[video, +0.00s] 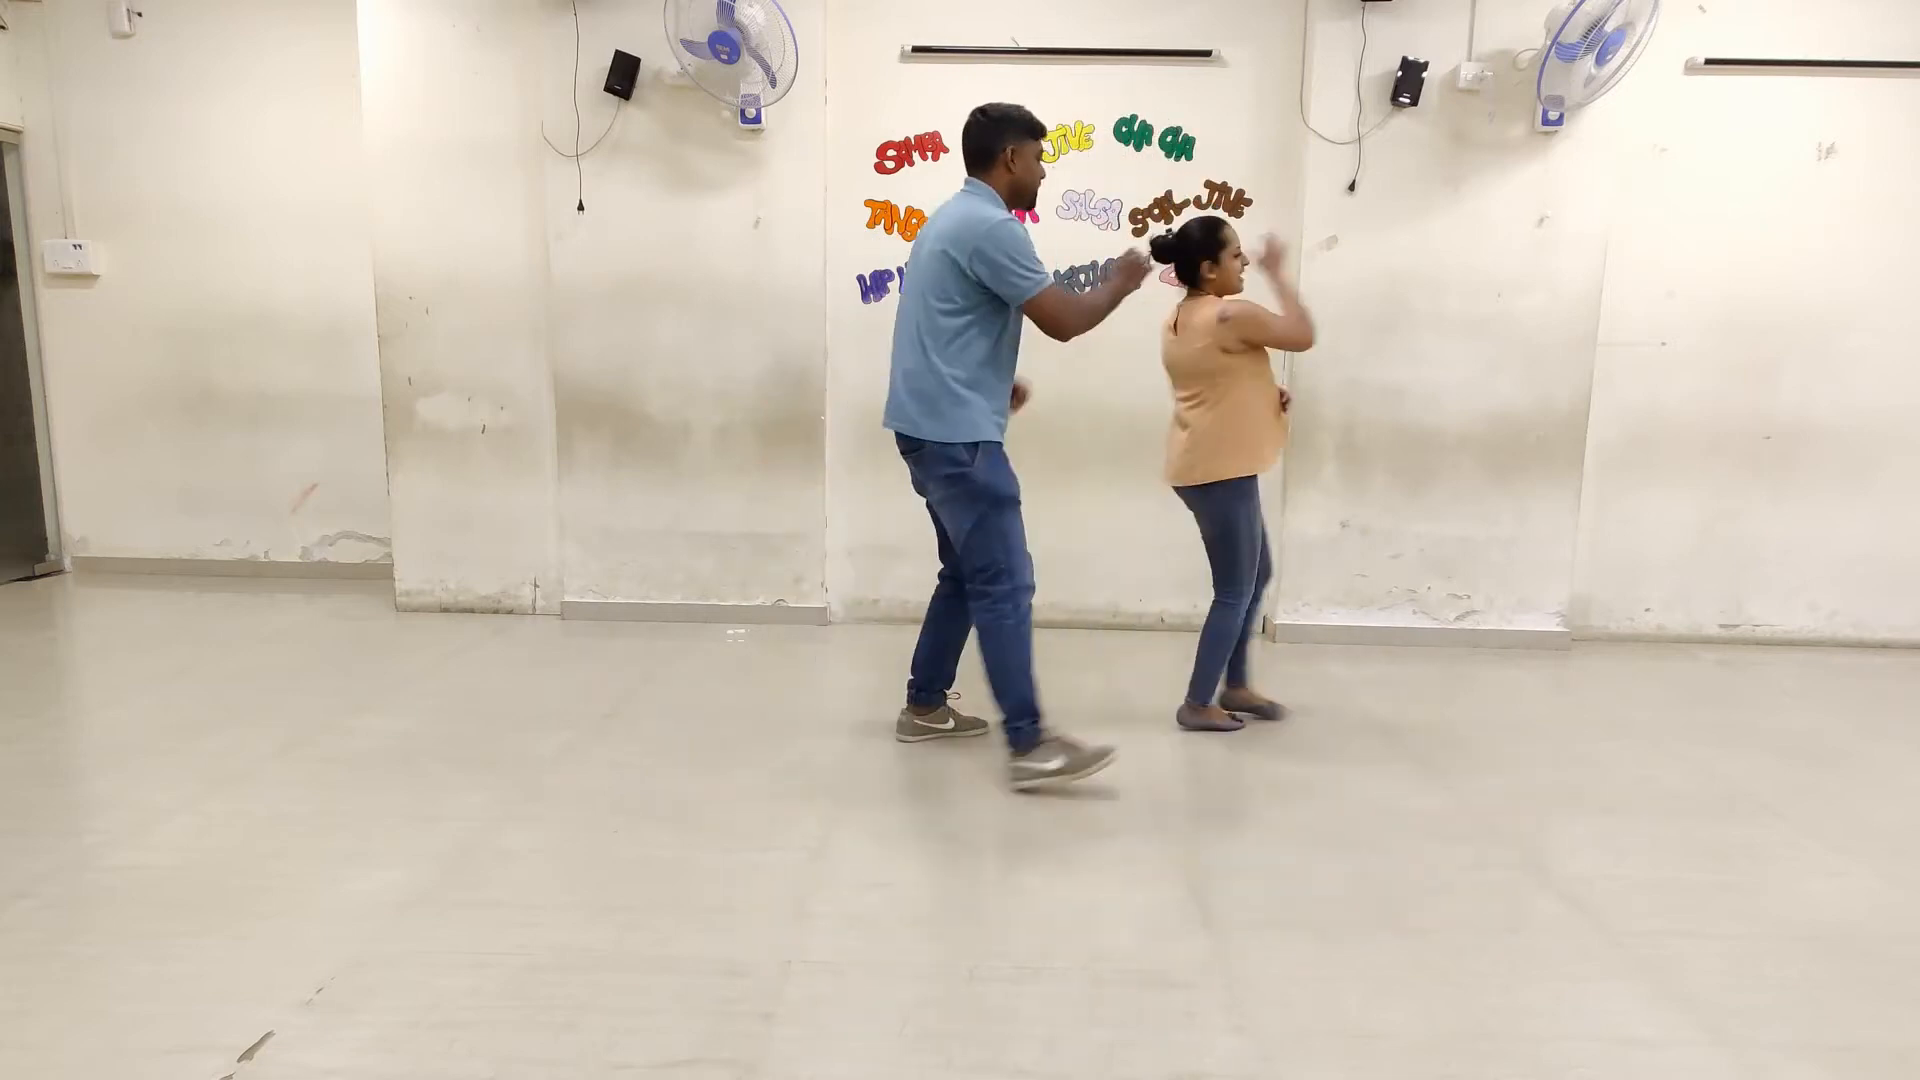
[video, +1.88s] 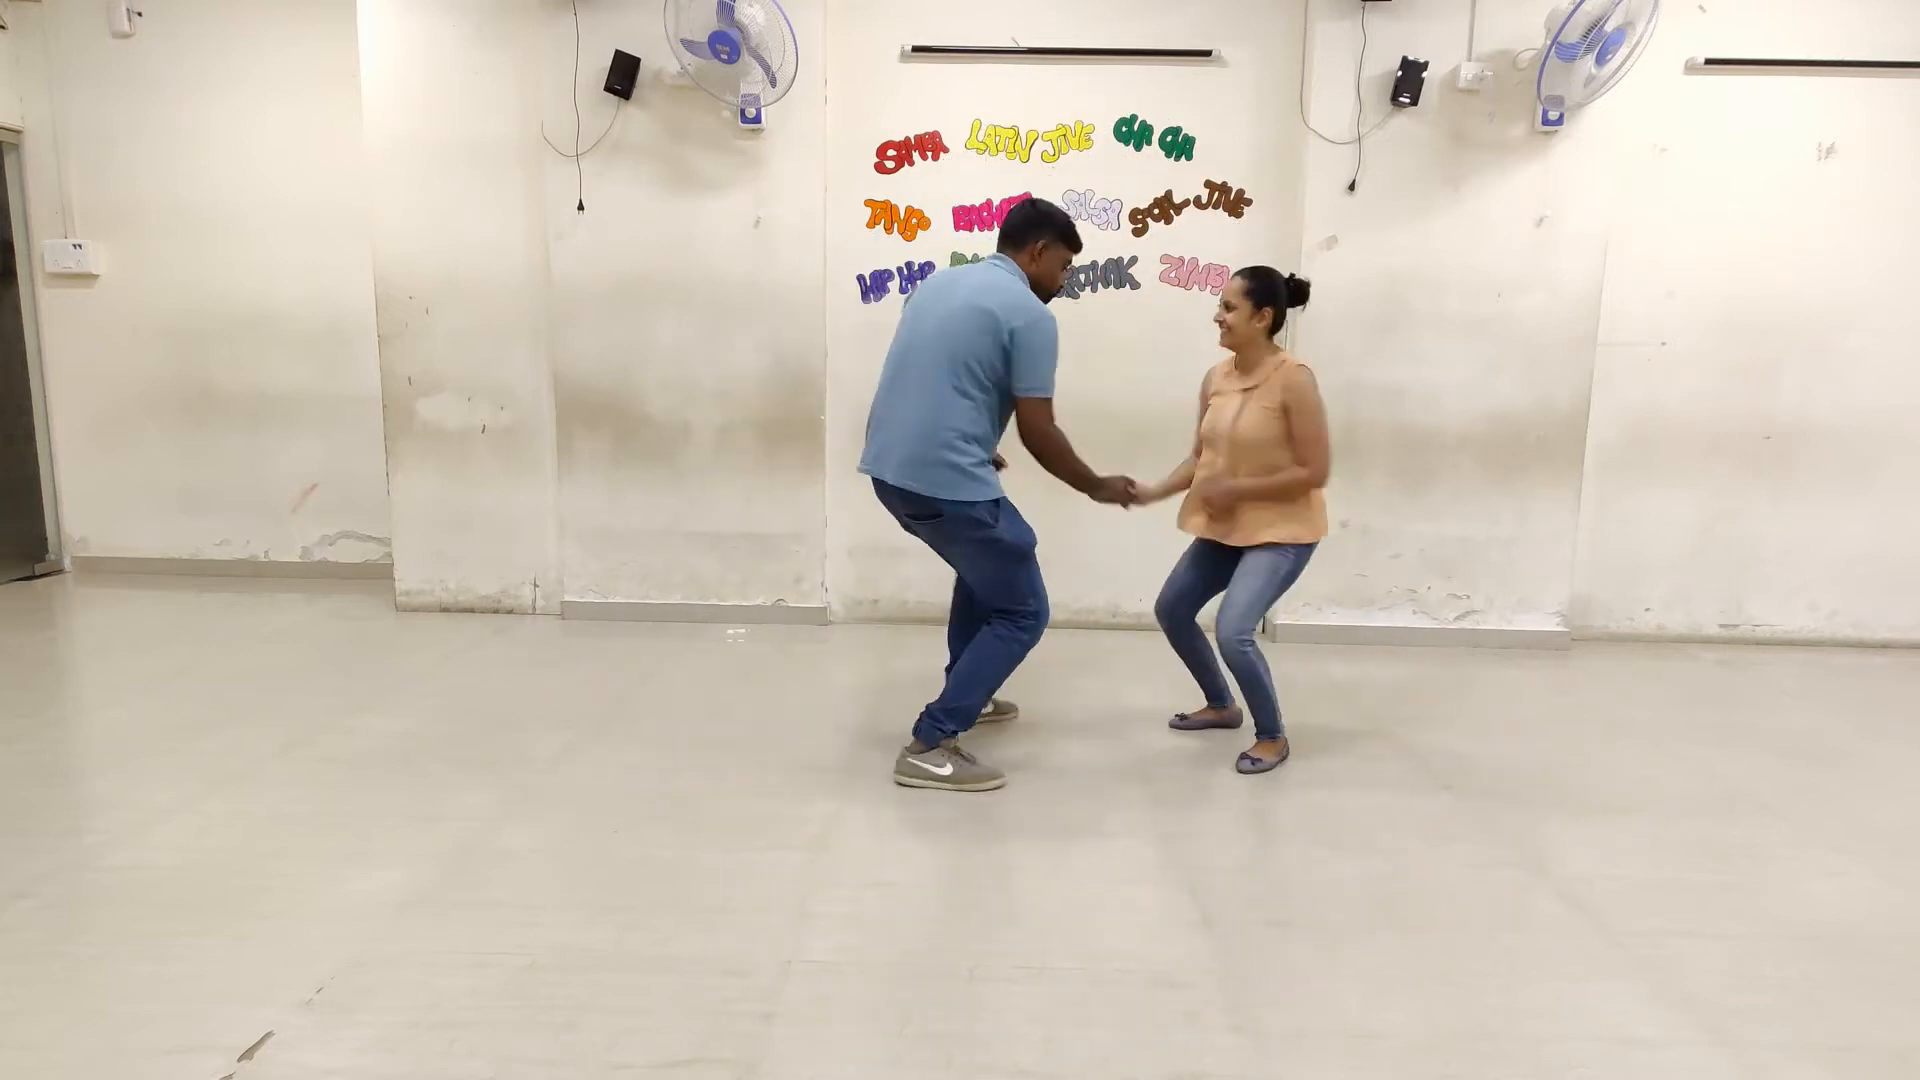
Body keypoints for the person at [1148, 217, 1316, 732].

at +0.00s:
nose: (1245, 262)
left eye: (1241, 254)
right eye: (1235, 256)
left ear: (1197, 269)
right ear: (1206, 268)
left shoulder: (1177, 319)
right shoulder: (1230, 315)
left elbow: (1207, 386)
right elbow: (1302, 332)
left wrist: (1266, 400)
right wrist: (1279, 274)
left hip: (1199, 466)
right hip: (1224, 469)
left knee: (1256, 569)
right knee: (1233, 586)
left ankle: (1235, 687)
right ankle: (1198, 704)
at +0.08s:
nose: (1232, 263)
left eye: (1238, 254)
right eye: (1218, 256)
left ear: (1246, 260)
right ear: (1193, 268)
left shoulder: (1249, 318)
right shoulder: (1197, 320)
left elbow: (1253, 394)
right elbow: (1277, 328)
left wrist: (1286, 400)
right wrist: (1277, 249)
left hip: (1265, 468)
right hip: (1213, 473)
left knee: (1285, 587)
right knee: (1230, 590)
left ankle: (1291, 698)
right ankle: (1197, 698)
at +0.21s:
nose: (1226, 266)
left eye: (1237, 255)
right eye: (1216, 258)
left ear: (1257, 260)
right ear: (1205, 267)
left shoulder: (1291, 319)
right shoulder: (1197, 324)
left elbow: (1335, 377)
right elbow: (1196, 360)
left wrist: (1311, 397)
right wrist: (1194, 297)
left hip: (1286, 471)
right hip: (1218, 474)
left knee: (1295, 597)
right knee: (1225, 596)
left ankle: (1302, 715)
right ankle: (1215, 696)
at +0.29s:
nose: (1227, 274)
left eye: (1239, 263)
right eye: (1219, 265)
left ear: (1264, 267)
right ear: (1211, 272)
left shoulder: (1300, 324)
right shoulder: (1202, 330)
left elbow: (1351, 389)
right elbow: (1181, 395)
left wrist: (1306, 411)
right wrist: (1162, 323)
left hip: (1290, 479)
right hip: (1221, 481)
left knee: (1289, 604)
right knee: (1222, 612)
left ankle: (1301, 723)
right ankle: (1234, 697)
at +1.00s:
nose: (1244, 327)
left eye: (1254, 316)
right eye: (1236, 316)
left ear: (1282, 309)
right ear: (1229, 310)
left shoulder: (1304, 359)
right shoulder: (1235, 356)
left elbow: (1330, 442)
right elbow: (1160, 375)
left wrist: (1253, 456)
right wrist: (1100, 344)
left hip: (1317, 511)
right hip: (1271, 511)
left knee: (1246, 610)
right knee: (1221, 600)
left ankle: (1283, 735)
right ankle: (1270, 702)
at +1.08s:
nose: (1242, 349)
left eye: (1253, 338)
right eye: (1234, 339)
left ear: (1281, 330)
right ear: (1226, 333)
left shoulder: (1314, 383)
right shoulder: (1223, 390)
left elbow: (1359, 462)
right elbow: (1166, 439)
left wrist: (1280, 493)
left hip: (1314, 533)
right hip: (1251, 533)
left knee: (1256, 625)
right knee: (1203, 623)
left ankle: (1263, 738)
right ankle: (1260, 690)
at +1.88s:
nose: (1218, 316)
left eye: (1229, 309)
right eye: (1219, 306)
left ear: (1264, 317)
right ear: (1239, 315)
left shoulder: (1294, 379)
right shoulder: (1217, 377)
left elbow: (1315, 472)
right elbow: (1202, 458)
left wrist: (1237, 490)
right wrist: (1154, 490)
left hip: (1282, 532)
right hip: (1222, 528)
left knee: (1232, 631)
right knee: (1171, 609)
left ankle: (1272, 739)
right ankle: (1221, 705)